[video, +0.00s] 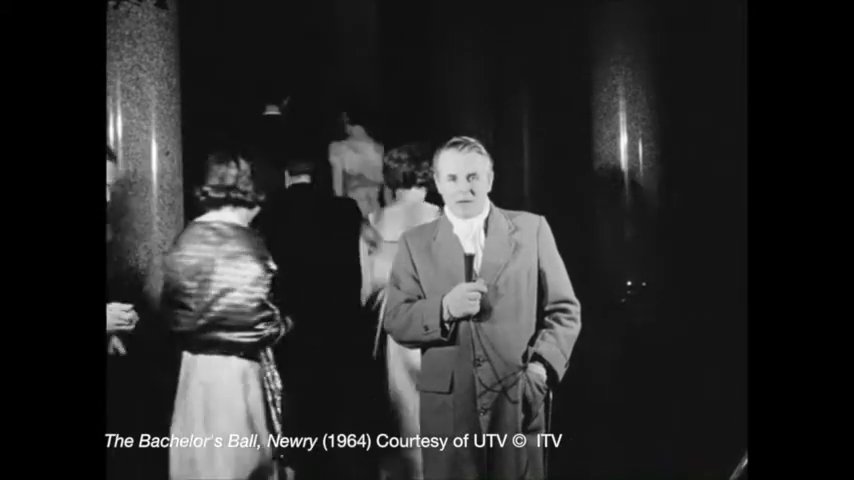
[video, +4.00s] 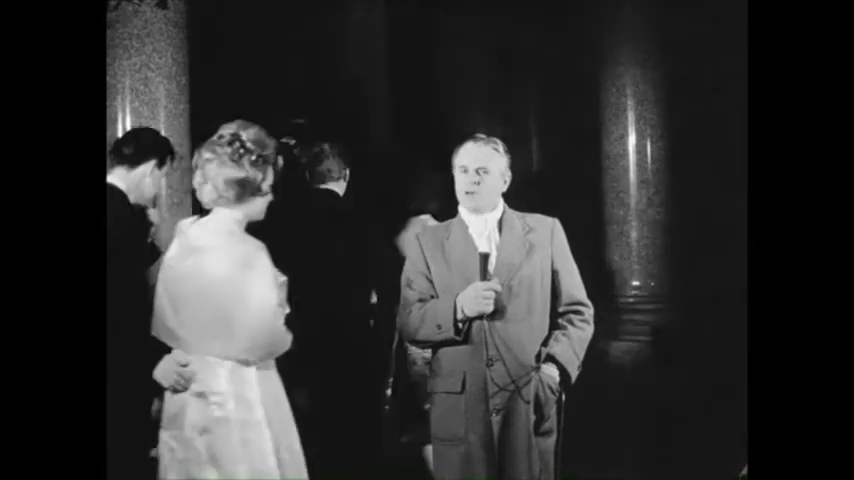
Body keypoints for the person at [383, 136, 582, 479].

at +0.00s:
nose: (463, 188)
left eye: (473, 177)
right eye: (452, 178)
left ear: (490, 180)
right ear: (437, 184)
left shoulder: (532, 229)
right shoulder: (414, 242)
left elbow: (563, 309)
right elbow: (396, 318)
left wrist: (542, 366)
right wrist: (443, 309)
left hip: (517, 398)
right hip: (446, 400)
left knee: (521, 474)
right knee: (446, 474)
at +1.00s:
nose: (460, 175)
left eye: (469, 165)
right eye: (447, 168)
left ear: (485, 176)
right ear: (432, 183)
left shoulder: (527, 228)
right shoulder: (411, 241)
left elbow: (560, 306)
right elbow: (394, 320)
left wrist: (539, 364)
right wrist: (440, 308)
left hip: (515, 395)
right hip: (444, 398)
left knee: (519, 474)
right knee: (446, 474)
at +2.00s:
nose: (468, 176)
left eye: (478, 167)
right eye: (457, 168)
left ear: (495, 178)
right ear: (442, 183)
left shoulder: (535, 231)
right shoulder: (420, 243)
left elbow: (566, 309)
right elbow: (399, 320)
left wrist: (544, 363)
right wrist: (446, 305)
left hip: (519, 398)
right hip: (449, 400)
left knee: (522, 474)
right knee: (449, 473)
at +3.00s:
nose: (470, 174)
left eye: (480, 166)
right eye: (459, 167)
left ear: (497, 178)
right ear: (444, 181)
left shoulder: (537, 231)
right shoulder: (420, 242)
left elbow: (569, 309)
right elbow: (404, 321)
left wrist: (551, 363)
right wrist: (453, 306)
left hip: (523, 399)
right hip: (452, 402)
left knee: (527, 474)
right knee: (453, 473)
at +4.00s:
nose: (472, 179)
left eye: (483, 171)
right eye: (464, 170)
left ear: (505, 180)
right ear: (453, 178)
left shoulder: (545, 232)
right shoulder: (428, 241)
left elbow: (577, 311)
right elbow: (409, 320)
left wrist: (554, 367)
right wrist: (457, 308)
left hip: (527, 399)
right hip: (457, 400)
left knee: (529, 475)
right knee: (459, 474)